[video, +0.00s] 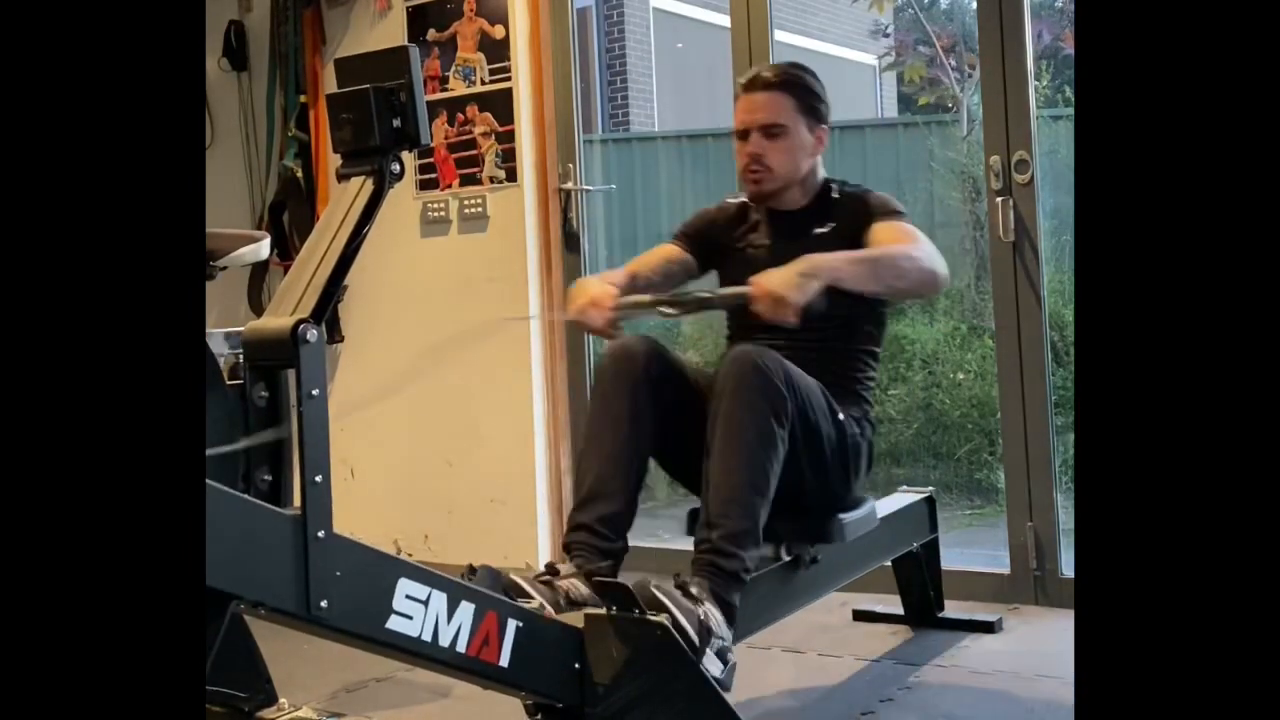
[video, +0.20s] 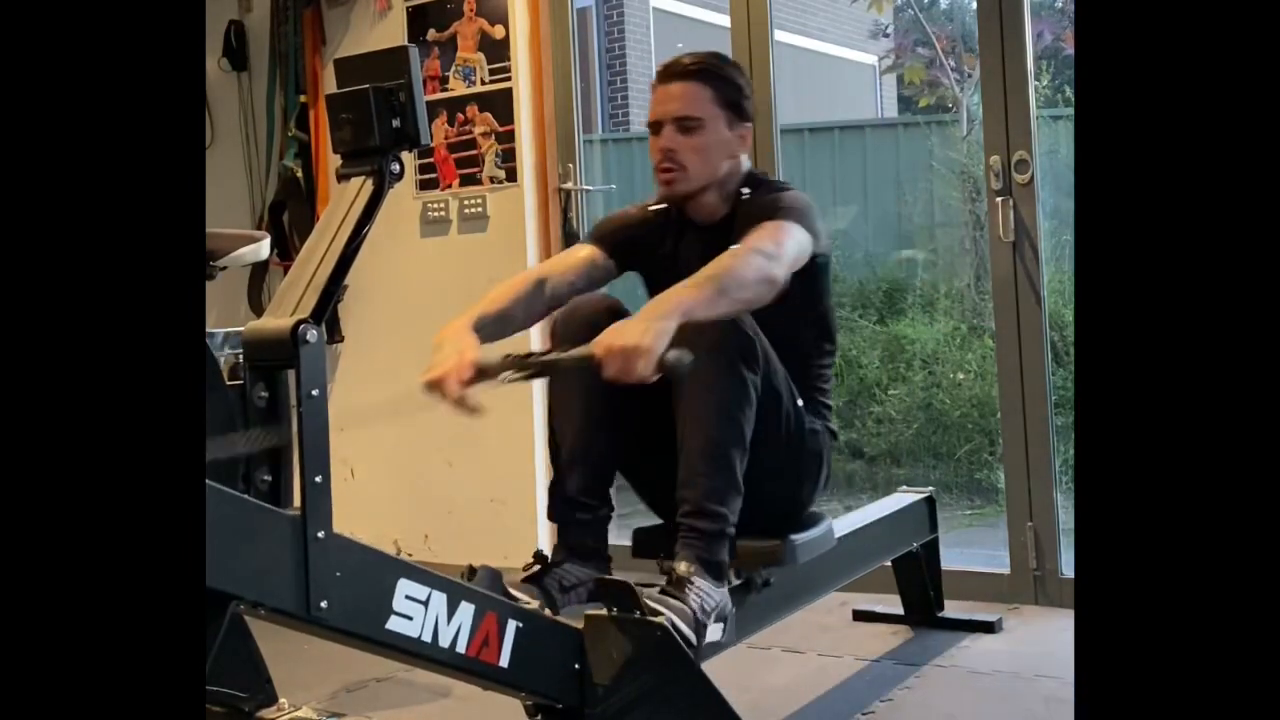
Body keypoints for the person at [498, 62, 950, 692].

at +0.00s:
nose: (751, 151)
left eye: (769, 133)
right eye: (742, 135)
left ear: (818, 139)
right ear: (732, 142)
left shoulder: (862, 212)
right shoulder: (725, 225)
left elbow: (928, 270)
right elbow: (640, 276)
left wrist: (819, 268)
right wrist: (597, 289)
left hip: (826, 458)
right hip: (733, 450)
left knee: (749, 363)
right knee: (632, 356)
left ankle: (710, 604)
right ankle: (585, 572)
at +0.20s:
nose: (664, 145)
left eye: (687, 127)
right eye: (656, 129)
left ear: (741, 138)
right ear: (648, 138)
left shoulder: (785, 210)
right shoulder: (644, 229)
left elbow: (762, 268)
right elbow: (547, 285)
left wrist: (663, 313)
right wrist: (465, 328)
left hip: (778, 478)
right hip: (683, 477)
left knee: (720, 329)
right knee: (586, 316)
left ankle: (700, 575)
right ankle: (578, 563)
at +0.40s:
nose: (635, 146)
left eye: (659, 128)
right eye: (627, 130)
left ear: (715, 136)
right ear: (618, 137)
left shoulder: (760, 209)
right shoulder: (615, 228)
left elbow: (727, 277)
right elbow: (524, 294)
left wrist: (635, 341)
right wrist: (425, 355)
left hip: (760, 477)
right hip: (664, 476)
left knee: (708, 322)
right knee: (580, 307)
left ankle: (693, 571)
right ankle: (574, 557)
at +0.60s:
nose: (731, 144)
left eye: (751, 128)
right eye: (721, 131)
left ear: (798, 136)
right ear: (712, 138)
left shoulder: (828, 203)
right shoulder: (698, 220)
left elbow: (802, 268)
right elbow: (616, 272)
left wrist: (728, 307)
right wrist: (535, 317)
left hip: (811, 463)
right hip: (723, 457)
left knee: (744, 344)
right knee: (620, 353)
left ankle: (702, 591)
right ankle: (579, 571)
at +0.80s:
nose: (807, 152)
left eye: (825, 139)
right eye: (798, 141)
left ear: (869, 147)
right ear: (789, 150)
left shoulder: (897, 211)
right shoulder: (771, 223)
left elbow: (905, 274)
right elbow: (701, 274)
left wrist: (837, 279)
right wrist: (650, 295)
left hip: (859, 405)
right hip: (770, 397)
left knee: (786, 436)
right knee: (666, 433)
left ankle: (713, 613)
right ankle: (576, 585)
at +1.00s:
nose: (825, 184)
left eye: (840, 169)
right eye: (815, 171)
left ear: (883, 167)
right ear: (809, 173)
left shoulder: (926, 234)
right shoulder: (804, 241)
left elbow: (1022, 307)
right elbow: (742, 300)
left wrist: (931, 295)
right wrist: (734, 313)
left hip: (870, 414)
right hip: (778, 406)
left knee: (785, 446)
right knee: (685, 443)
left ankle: (716, 625)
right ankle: (591, 591)